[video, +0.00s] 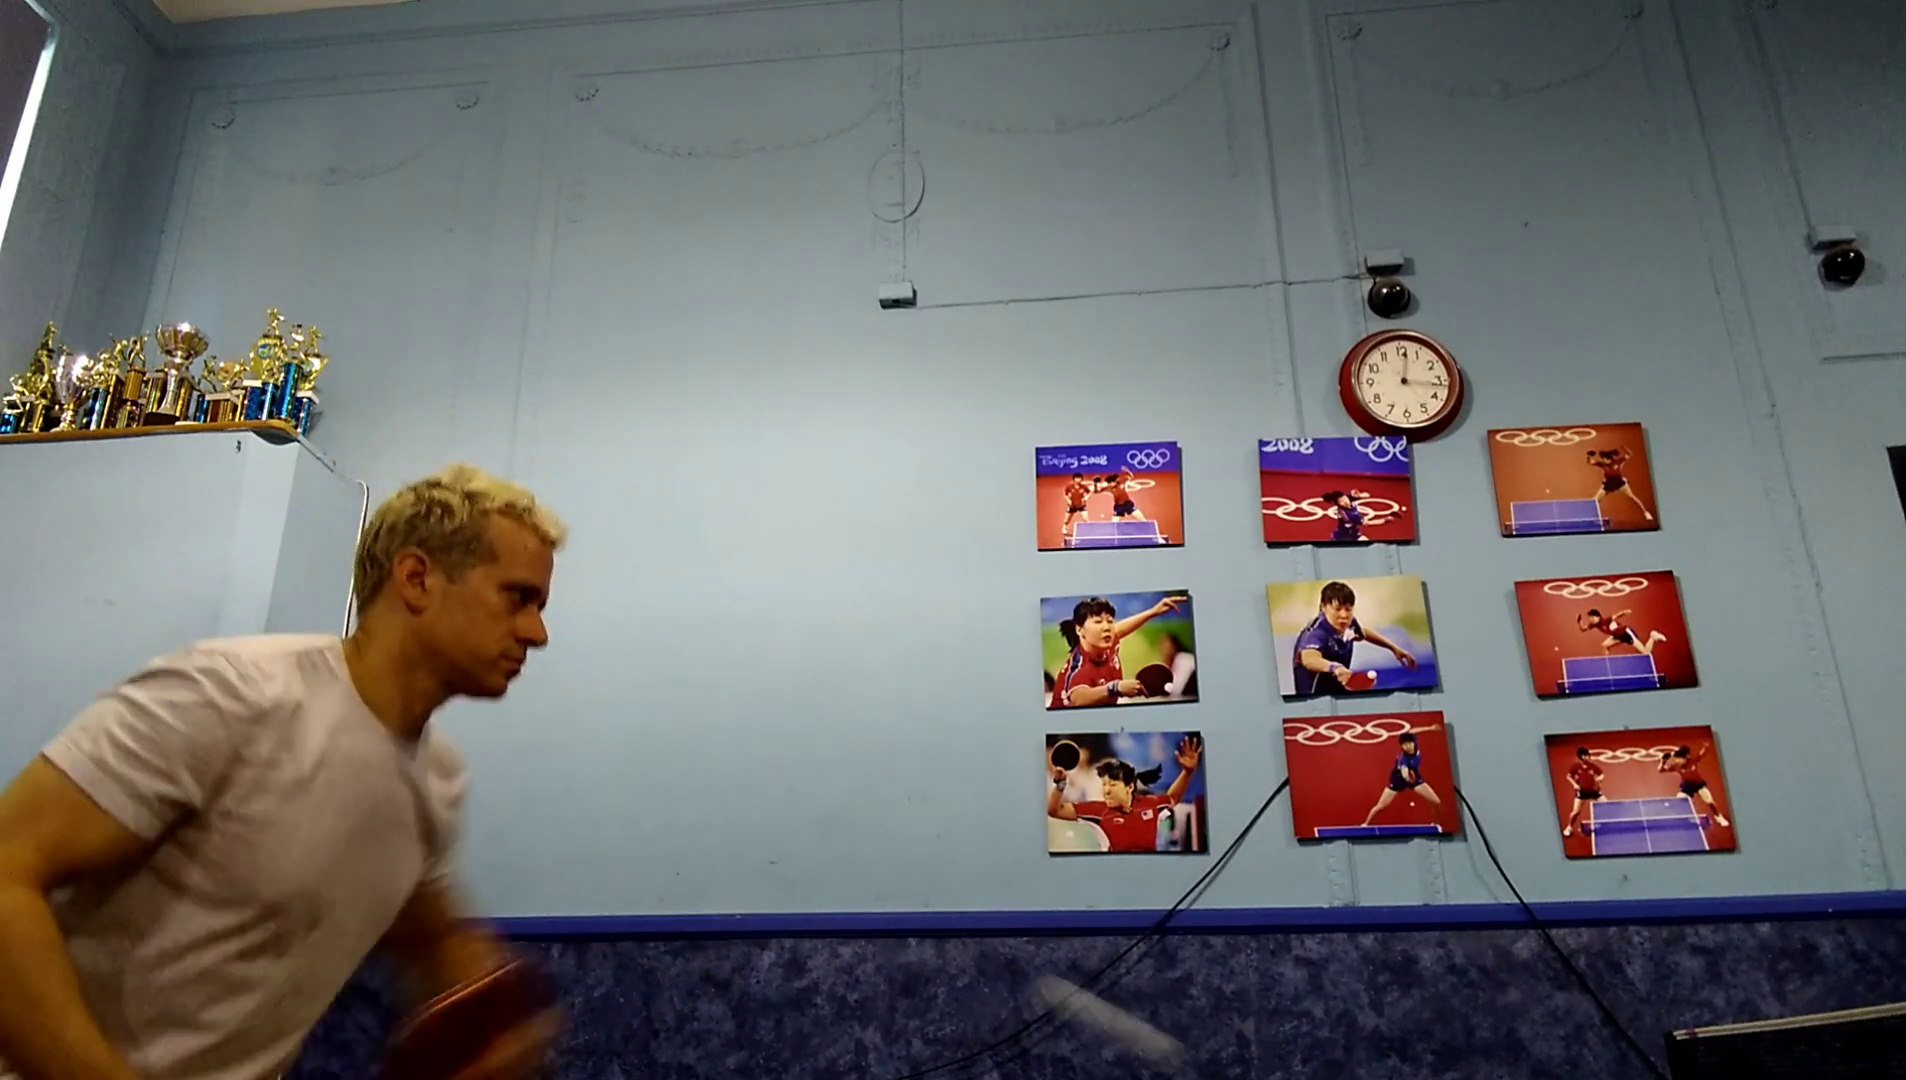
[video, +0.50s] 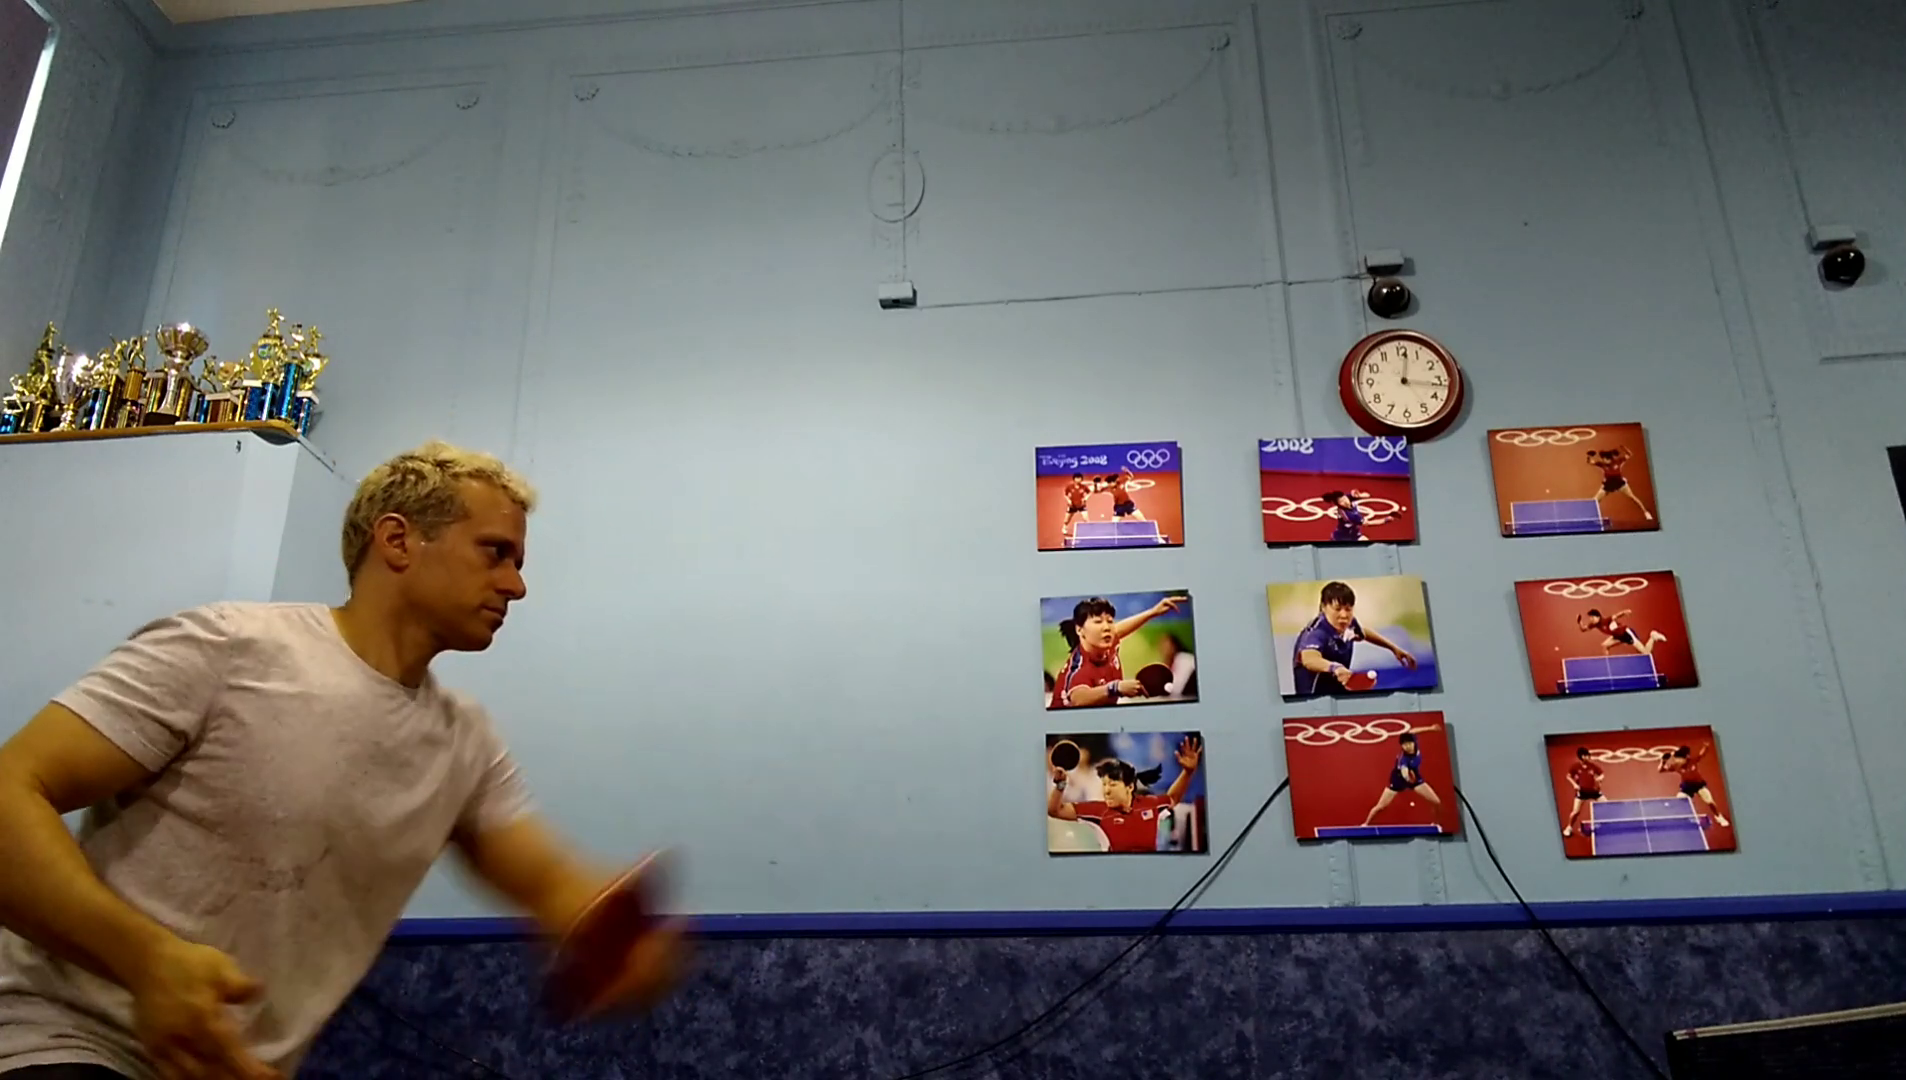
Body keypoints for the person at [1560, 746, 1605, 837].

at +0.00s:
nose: (1587, 758)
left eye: (1588, 755)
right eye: (1585, 756)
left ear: (1589, 756)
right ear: (1581, 757)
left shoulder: (1592, 766)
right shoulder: (1576, 767)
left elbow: (1602, 774)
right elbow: (1568, 776)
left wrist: (1598, 779)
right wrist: (1574, 785)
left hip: (1594, 791)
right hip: (1582, 791)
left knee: (1606, 806)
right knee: (1576, 812)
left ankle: (1606, 826)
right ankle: (1569, 827)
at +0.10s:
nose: (1587, 758)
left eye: (1588, 755)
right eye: (1585, 756)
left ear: (1589, 756)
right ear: (1581, 757)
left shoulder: (1592, 766)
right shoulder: (1576, 767)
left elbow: (1602, 774)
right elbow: (1568, 776)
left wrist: (1598, 779)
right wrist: (1574, 785)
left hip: (1594, 791)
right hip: (1582, 791)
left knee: (1606, 806)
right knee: (1576, 812)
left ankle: (1607, 826)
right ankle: (1569, 827)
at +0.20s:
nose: (1588, 757)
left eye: (1588, 755)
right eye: (1585, 755)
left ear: (1589, 756)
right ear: (1581, 757)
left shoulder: (1592, 766)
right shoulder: (1576, 767)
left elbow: (1602, 774)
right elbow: (1568, 776)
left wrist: (1598, 779)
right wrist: (1574, 785)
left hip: (1594, 791)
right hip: (1582, 791)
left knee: (1606, 806)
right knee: (1576, 812)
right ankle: (1569, 827)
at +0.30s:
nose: (1587, 758)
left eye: (1588, 755)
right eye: (1585, 756)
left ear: (1589, 756)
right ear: (1581, 757)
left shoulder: (1592, 766)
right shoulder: (1576, 767)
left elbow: (1602, 774)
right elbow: (1568, 776)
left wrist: (1598, 779)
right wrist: (1574, 785)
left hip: (1594, 791)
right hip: (1582, 791)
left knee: (1606, 806)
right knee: (1576, 812)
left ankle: (1607, 826)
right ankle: (1569, 827)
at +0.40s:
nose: (1587, 758)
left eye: (1588, 755)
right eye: (1585, 756)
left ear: (1589, 756)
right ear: (1581, 757)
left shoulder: (1592, 766)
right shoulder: (1576, 767)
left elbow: (1602, 774)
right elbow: (1568, 776)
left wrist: (1598, 779)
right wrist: (1574, 785)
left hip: (1594, 791)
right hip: (1582, 791)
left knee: (1606, 806)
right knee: (1576, 812)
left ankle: (1607, 826)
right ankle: (1569, 827)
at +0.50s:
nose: (1587, 758)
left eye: (1588, 755)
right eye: (1585, 756)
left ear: (1589, 756)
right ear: (1581, 757)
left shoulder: (1592, 766)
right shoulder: (1576, 766)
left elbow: (1602, 774)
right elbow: (1568, 776)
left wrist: (1598, 779)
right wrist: (1574, 785)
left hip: (1594, 791)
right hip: (1582, 791)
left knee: (1606, 806)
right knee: (1576, 812)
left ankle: (1607, 826)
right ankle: (1569, 827)